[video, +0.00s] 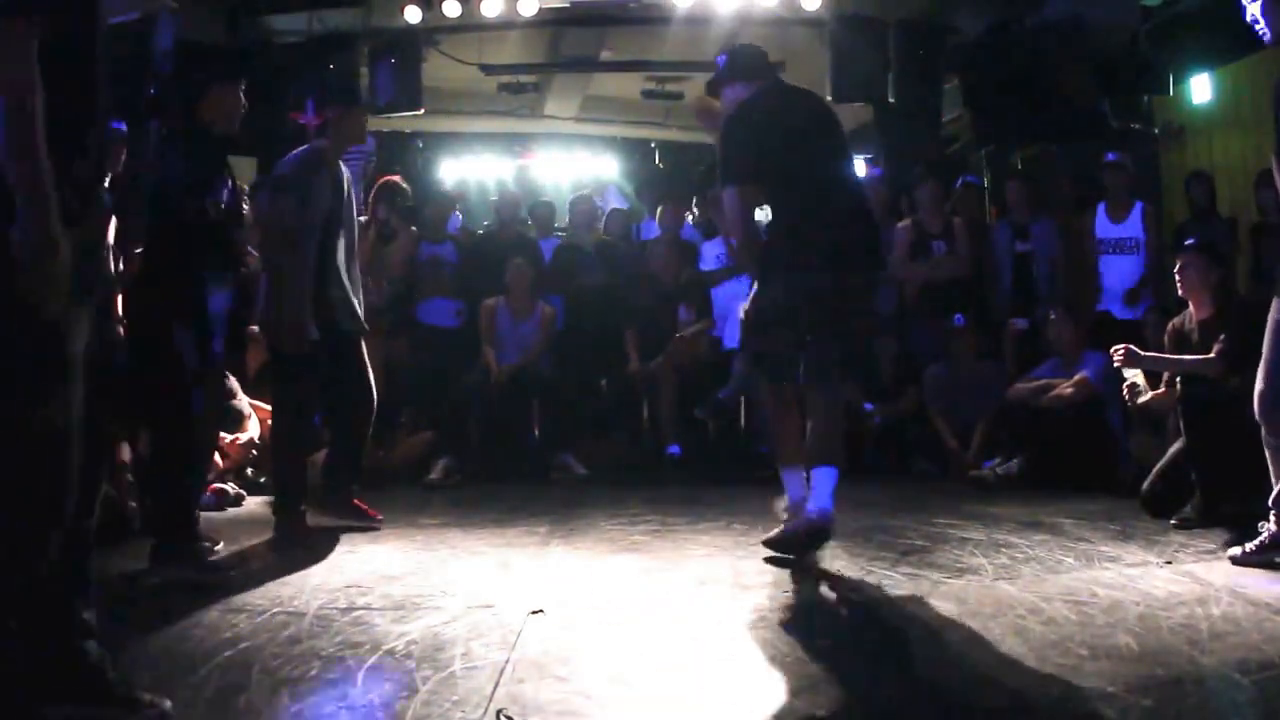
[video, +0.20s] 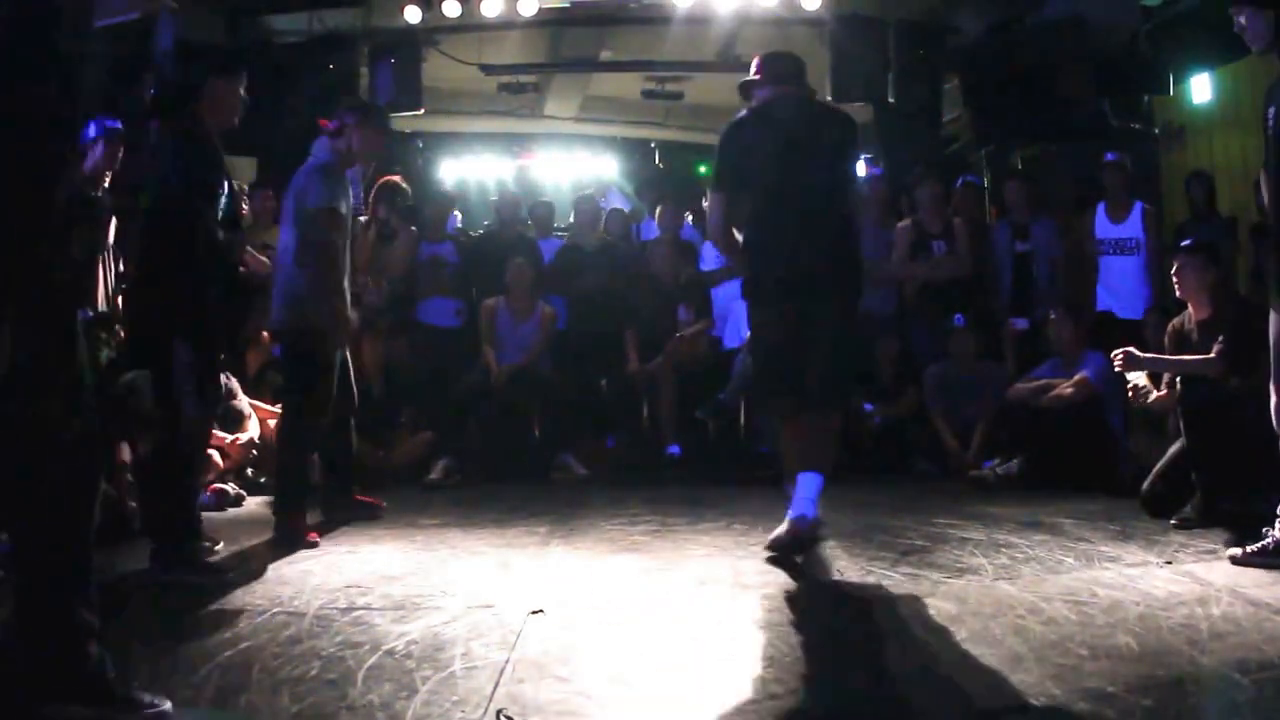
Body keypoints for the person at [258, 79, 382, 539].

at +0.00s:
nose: (362, 134)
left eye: (363, 125)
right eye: (357, 124)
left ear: (344, 124)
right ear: (332, 120)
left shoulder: (339, 173)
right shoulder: (298, 170)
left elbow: (340, 249)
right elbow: (288, 249)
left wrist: (354, 307)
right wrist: (293, 317)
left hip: (339, 315)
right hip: (300, 316)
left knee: (359, 402)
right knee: (294, 416)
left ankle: (339, 493)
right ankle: (290, 514)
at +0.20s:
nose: (373, 150)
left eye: (376, 142)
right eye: (369, 140)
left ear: (355, 135)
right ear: (348, 130)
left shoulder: (336, 176)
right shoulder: (321, 176)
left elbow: (334, 253)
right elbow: (322, 256)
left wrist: (343, 311)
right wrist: (340, 315)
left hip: (327, 316)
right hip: (306, 317)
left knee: (340, 409)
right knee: (303, 415)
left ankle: (341, 496)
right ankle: (290, 517)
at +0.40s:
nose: (391, 174)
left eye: (392, 167)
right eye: (391, 165)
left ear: (365, 149)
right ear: (377, 154)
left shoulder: (321, 182)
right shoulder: (357, 170)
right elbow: (365, 221)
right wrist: (408, 276)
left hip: (308, 306)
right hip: (328, 306)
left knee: (334, 407)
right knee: (320, 411)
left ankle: (340, 497)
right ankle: (293, 514)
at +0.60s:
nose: (411, 170)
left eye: (412, 163)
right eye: (410, 161)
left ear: (380, 149)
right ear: (393, 152)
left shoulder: (335, 185)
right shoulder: (375, 174)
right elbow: (374, 227)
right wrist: (415, 280)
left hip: (332, 309)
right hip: (362, 309)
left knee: (340, 406)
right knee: (372, 403)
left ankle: (343, 491)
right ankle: (341, 493)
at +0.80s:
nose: (431, 170)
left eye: (434, 161)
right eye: (428, 158)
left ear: (399, 149)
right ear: (406, 148)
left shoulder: (367, 185)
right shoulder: (388, 186)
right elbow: (382, 242)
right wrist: (386, 305)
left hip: (355, 319)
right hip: (382, 322)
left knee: (347, 411)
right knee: (408, 411)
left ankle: (339, 495)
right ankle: (423, 491)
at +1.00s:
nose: (452, 166)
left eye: (454, 157)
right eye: (447, 155)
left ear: (424, 154)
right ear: (420, 151)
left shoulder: (393, 191)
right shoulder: (406, 193)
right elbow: (387, 255)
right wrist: (385, 318)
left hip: (394, 325)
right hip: (410, 327)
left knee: (378, 412)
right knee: (434, 413)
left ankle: (355, 486)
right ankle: (442, 489)